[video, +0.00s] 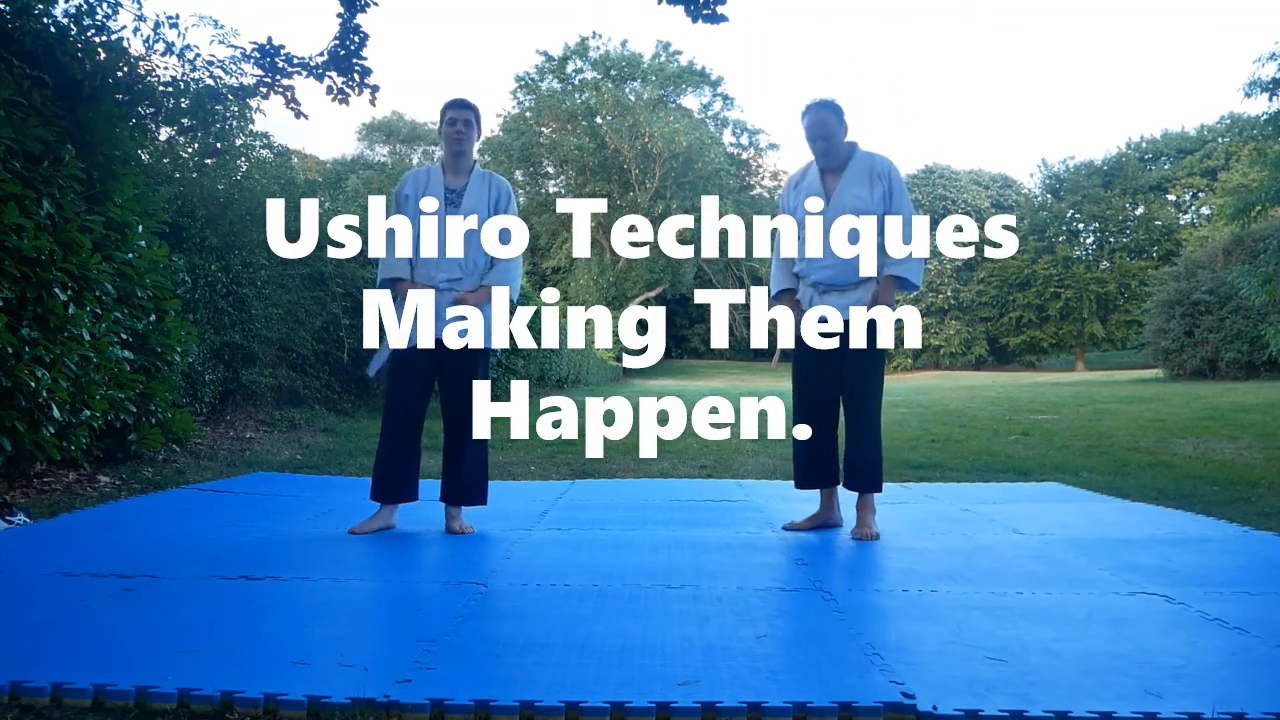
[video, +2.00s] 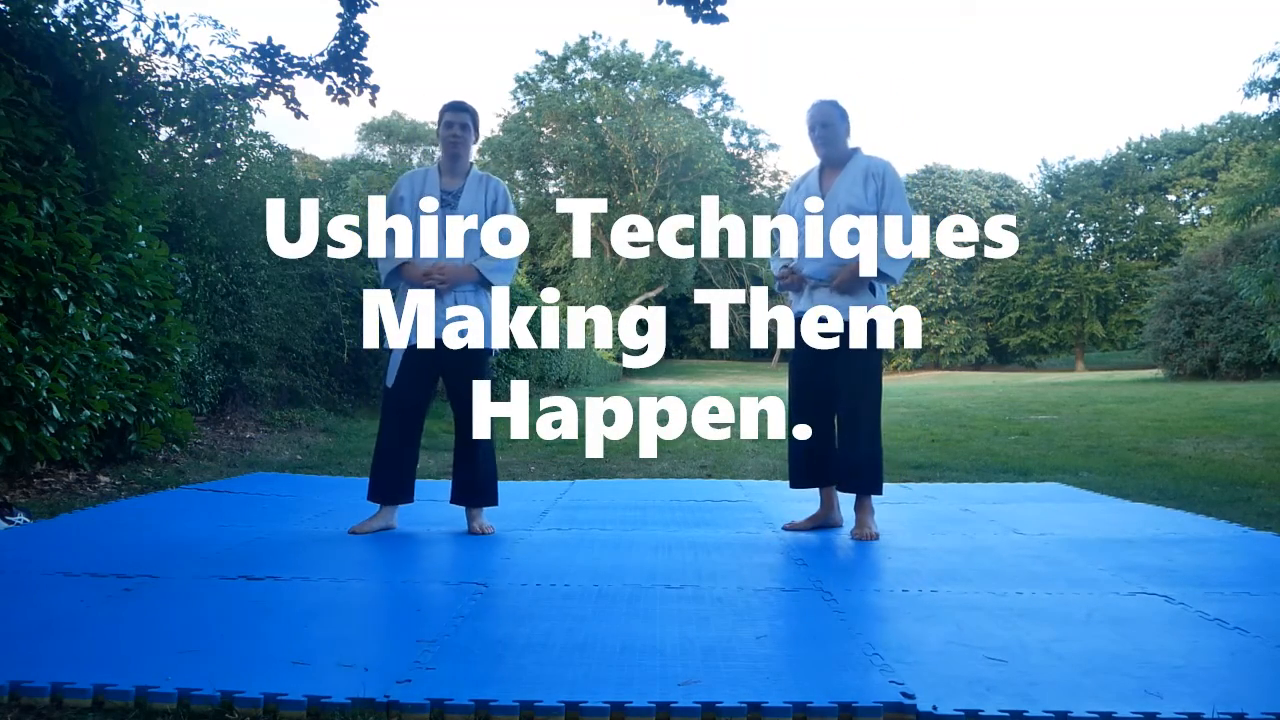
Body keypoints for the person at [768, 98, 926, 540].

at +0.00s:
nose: (817, 145)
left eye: (824, 136)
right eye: (811, 138)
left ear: (845, 130)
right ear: (804, 137)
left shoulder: (879, 170)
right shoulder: (795, 185)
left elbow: (904, 237)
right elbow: (783, 251)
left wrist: (883, 298)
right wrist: (791, 303)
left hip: (865, 307)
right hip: (812, 309)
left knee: (862, 408)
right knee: (815, 407)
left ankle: (865, 509)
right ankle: (828, 507)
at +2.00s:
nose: (818, 134)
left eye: (826, 126)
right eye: (813, 128)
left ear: (847, 128)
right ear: (806, 135)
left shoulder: (877, 172)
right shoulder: (798, 188)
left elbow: (900, 236)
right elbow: (781, 244)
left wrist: (857, 268)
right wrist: (786, 273)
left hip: (860, 311)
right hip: (809, 310)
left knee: (859, 408)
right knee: (811, 408)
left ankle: (864, 510)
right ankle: (828, 507)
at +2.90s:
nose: (816, 137)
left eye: (824, 129)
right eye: (810, 131)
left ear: (846, 130)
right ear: (806, 137)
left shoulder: (873, 175)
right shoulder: (801, 191)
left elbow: (902, 232)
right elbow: (782, 254)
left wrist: (923, 258)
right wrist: (753, 289)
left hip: (855, 309)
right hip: (806, 310)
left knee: (855, 408)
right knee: (812, 408)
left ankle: (863, 509)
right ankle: (828, 507)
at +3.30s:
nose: (813, 135)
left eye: (821, 128)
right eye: (808, 130)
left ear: (842, 132)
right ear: (803, 138)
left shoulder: (871, 175)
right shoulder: (797, 190)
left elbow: (892, 239)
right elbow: (779, 256)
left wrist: (878, 295)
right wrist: (772, 303)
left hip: (853, 305)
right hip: (803, 308)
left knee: (854, 406)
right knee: (811, 407)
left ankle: (864, 508)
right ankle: (827, 506)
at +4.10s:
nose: (797, 134)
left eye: (805, 126)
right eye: (792, 128)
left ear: (827, 127)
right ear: (787, 133)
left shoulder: (856, 171)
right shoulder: (786, 184)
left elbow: (877, 234)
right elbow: (770, 247)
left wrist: (882, 296)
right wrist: (759, 307)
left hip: (831, 304)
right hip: (785, 305)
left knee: (811, 405)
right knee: (796, 406)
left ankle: (793, 508)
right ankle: (828, 505)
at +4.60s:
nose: (771, 131)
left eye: (780, 122)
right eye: (768, 123)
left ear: (808, 122)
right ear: (768, 126)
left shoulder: (835, 165)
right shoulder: (767, 180)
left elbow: (850, 231)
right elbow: (750, 244)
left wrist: (829, 290)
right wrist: (726, 302)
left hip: (809, 307)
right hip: (761, 307)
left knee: (800, 408)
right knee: (741, 401)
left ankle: (792, 512)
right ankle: (782, 487)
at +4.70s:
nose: (767, 130)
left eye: (775, 122)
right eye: (764, 123)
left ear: (803, 121)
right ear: (766, 125)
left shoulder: (832, 165)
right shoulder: (763, 179)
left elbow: (848, 231)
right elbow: (746, 243)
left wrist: (825, 290)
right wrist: (726, 301)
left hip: (807, 306)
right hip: (757, 306)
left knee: (799, 410)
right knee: (735, 403)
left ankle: (791, 514)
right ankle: (751, 497)